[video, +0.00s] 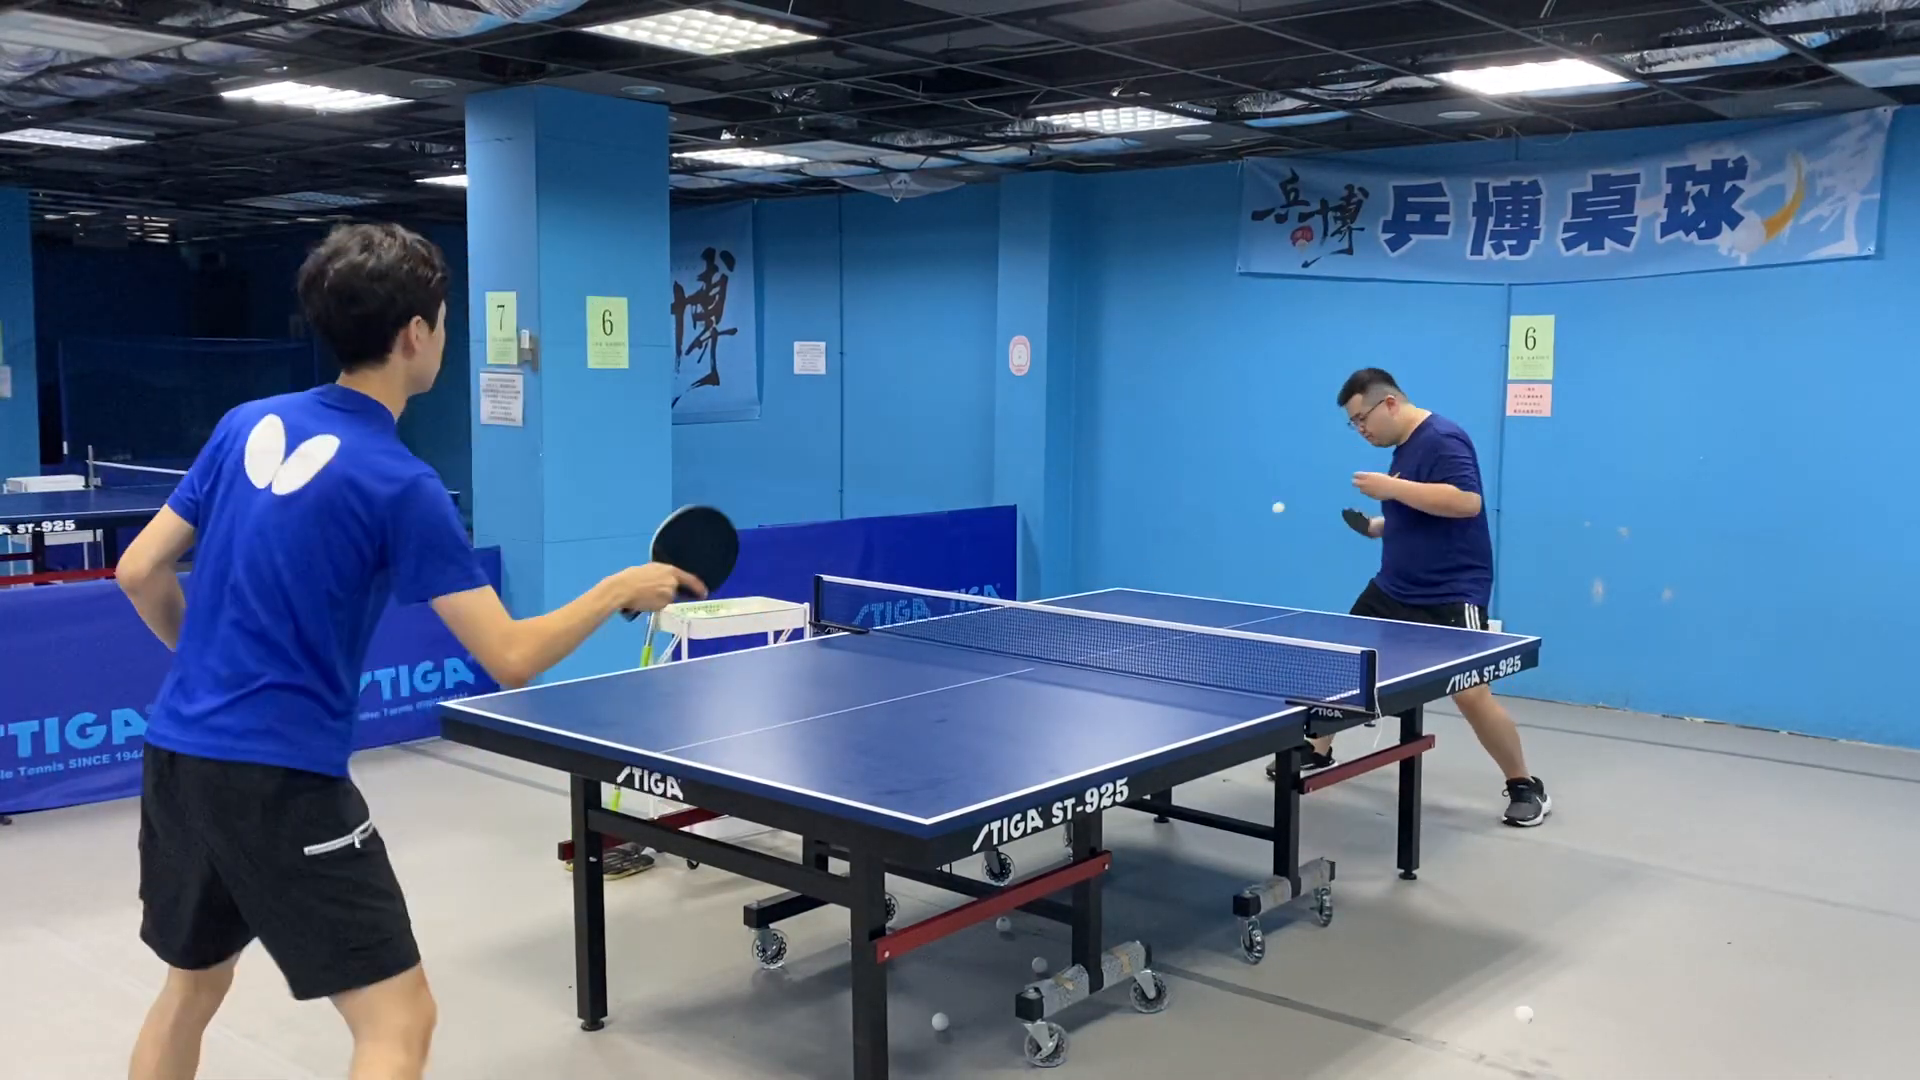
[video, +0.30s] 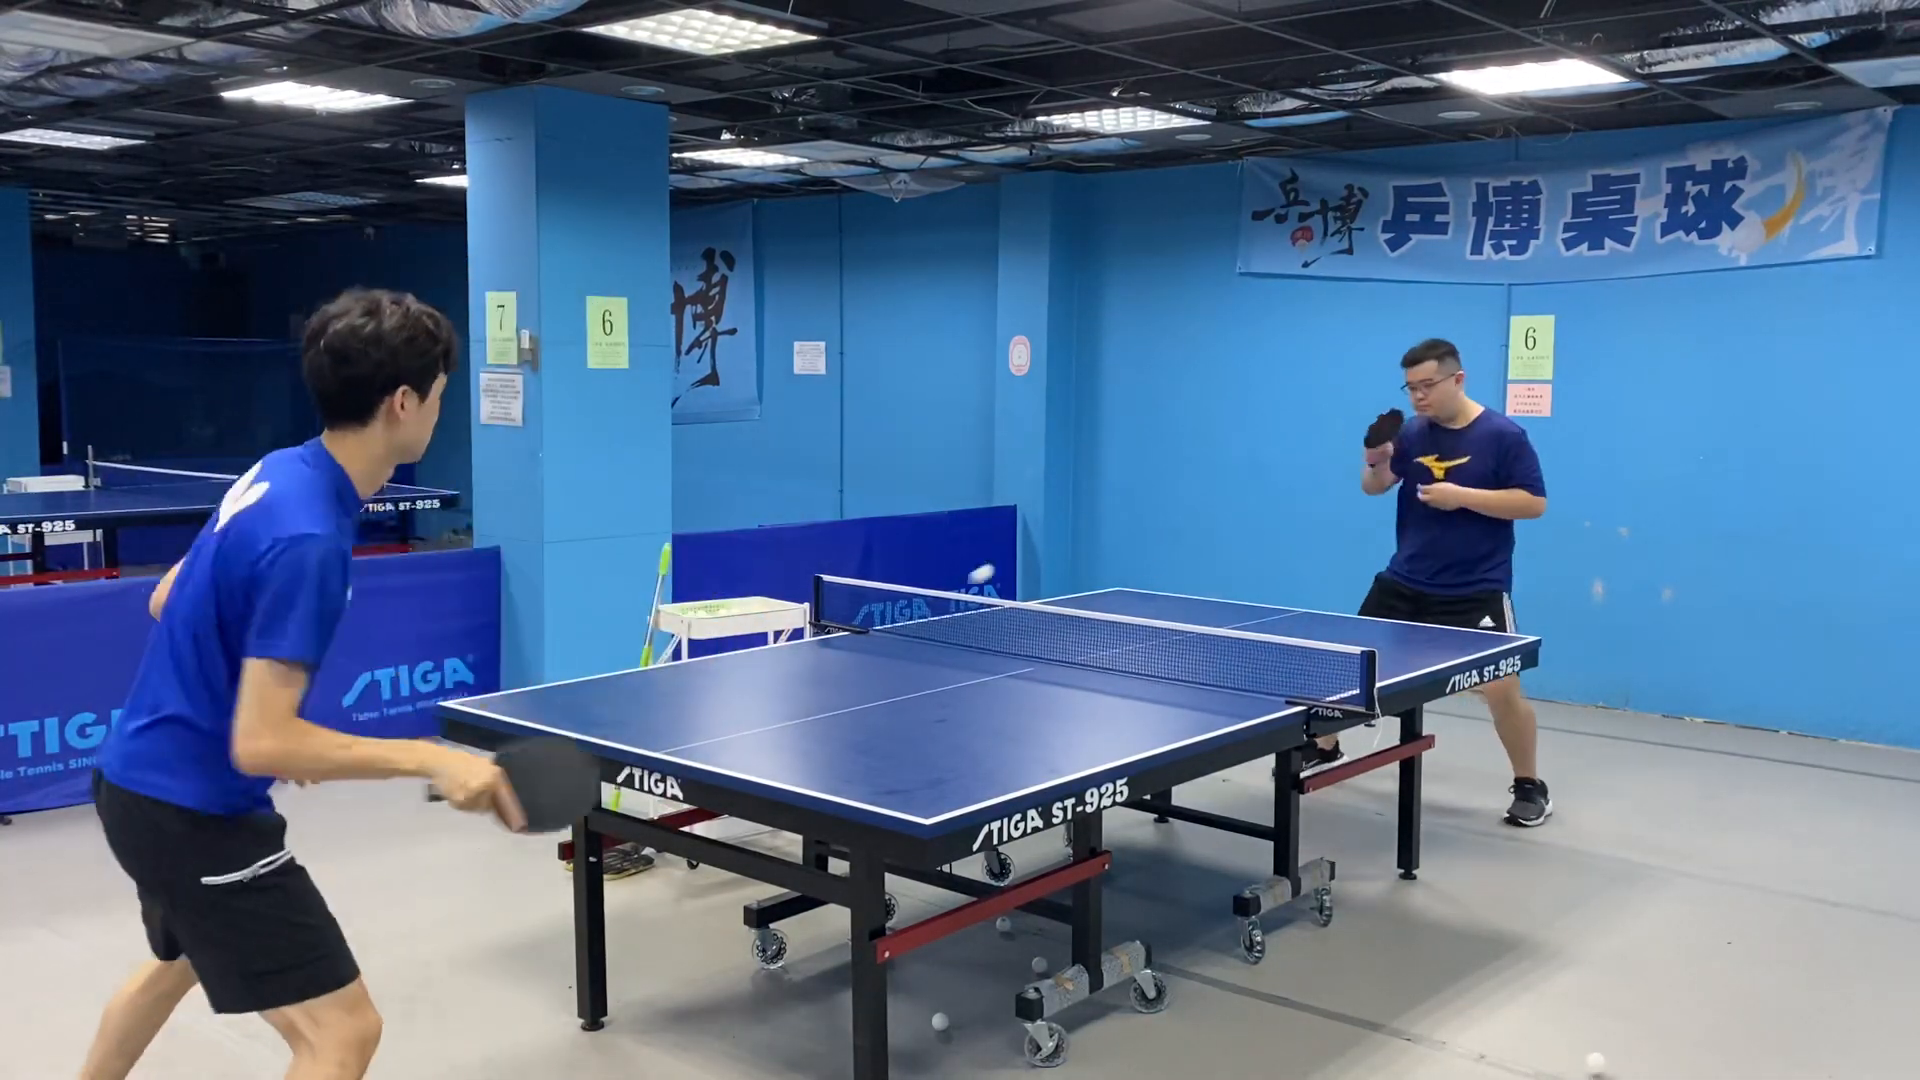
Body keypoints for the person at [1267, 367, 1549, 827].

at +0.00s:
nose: (1360, 431)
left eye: (1361, 419)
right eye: (1354, 423)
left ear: (1391, 403)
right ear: (1387, 409)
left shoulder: (1444, 438)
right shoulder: (1404, 449)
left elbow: (1469, 502)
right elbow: (1419, 520)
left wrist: (1392, 488)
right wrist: (1378, 527)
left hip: (1451, 598)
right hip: (1392, 590)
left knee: (1470, 693)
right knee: (1337, 661)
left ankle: (1522, 785)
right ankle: (1315, 750)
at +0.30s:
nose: (1417, 396)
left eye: (1426, 386)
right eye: (1411, 387)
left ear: (1458, 380)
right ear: (1409, 388)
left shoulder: (1504, 436)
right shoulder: (1411, 434)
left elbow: (1533, 503)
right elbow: (1374, 487)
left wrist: (1463, 496)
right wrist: (1375, 461)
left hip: (1476, 593)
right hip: (1403, 585)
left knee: (1501, 688)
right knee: (1344, 659)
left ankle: (1527, 784)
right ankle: (1324, 742)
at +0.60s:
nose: (1383, 399)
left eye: (1394, 390)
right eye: (1377, 390)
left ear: (1423, 389)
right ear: (1372, 392)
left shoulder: (1465, 444)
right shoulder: (1367, 444)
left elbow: (1499, 505)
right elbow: (1346, 501)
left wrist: (1448, 513)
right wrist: (1321, 509)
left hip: (1445, 595)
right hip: (1370, 588)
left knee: (1485, 681)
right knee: (1317, 656)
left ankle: (1524, 782)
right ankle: (1324, 751)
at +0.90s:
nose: (1344, 413)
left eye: (1350, 401)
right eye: (1338, 405)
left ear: (1382, 393)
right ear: (1343, 407)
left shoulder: (1430, 431)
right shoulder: (1374, 450)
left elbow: (1454, 489)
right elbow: (1390, 520)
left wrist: (1380, 470)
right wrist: (1340, 544)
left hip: (1454, 588)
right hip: (1391, 586)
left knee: (1480, 686)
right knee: (1333, 658)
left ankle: (1527, 785)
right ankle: (1328, 750)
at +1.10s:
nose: (1335, 415)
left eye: (1341, 403)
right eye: (1331, 406)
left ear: (1374, 394)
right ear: (1341, 406)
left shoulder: (1431, 433)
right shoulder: (1348, 455)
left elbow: (1474, 488)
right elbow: (1313, 503)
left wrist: (1402, 479)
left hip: (1445, 589)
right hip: (1372, 587)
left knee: (1479, 683)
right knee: (1316, 657)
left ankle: (1523, 783)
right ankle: (1324, 750)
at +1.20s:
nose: (1336, 408)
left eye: (1344, 398)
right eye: (1331, 401)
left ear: (1375, 392)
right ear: (1330, 402)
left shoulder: (1429, 436)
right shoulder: (1336, 446)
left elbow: (1473, 492)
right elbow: (1292, 482)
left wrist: (1417, 478)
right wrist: (1286, 454)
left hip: (1436, 586)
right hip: (1362, 583)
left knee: (1475, 675)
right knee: (1308, 656)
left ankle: (1518, 780)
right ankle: (1323, 751)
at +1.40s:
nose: (1357, 406)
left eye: (1368, 397)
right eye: (1351, 398)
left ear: (1396, 394)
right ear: (1347, 399)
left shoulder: (1442, 442)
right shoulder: (1343, 445)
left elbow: (1481, 499)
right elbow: (1311, 503)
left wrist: (1438, 489)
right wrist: (1329, 484)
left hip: (1434, 589)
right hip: (1357, 587)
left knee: (1475, 670)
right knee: (1310, 656)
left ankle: (1510, 775)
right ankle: (1324, 751)